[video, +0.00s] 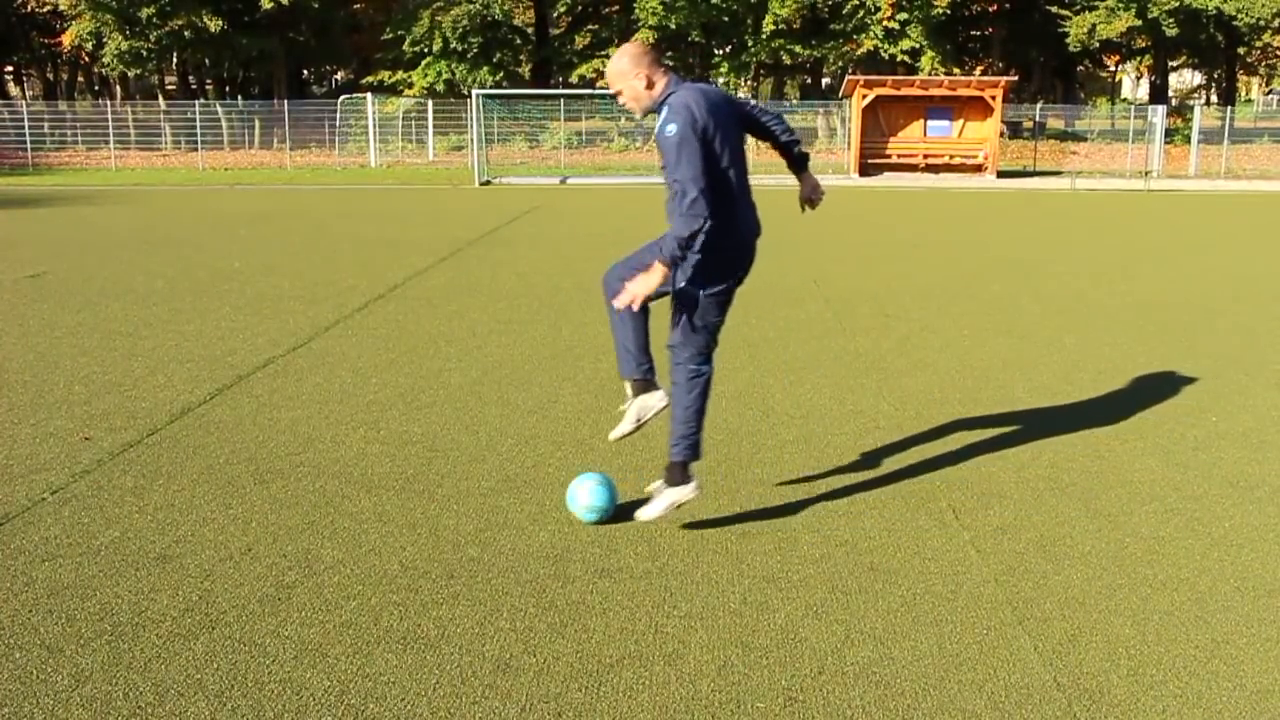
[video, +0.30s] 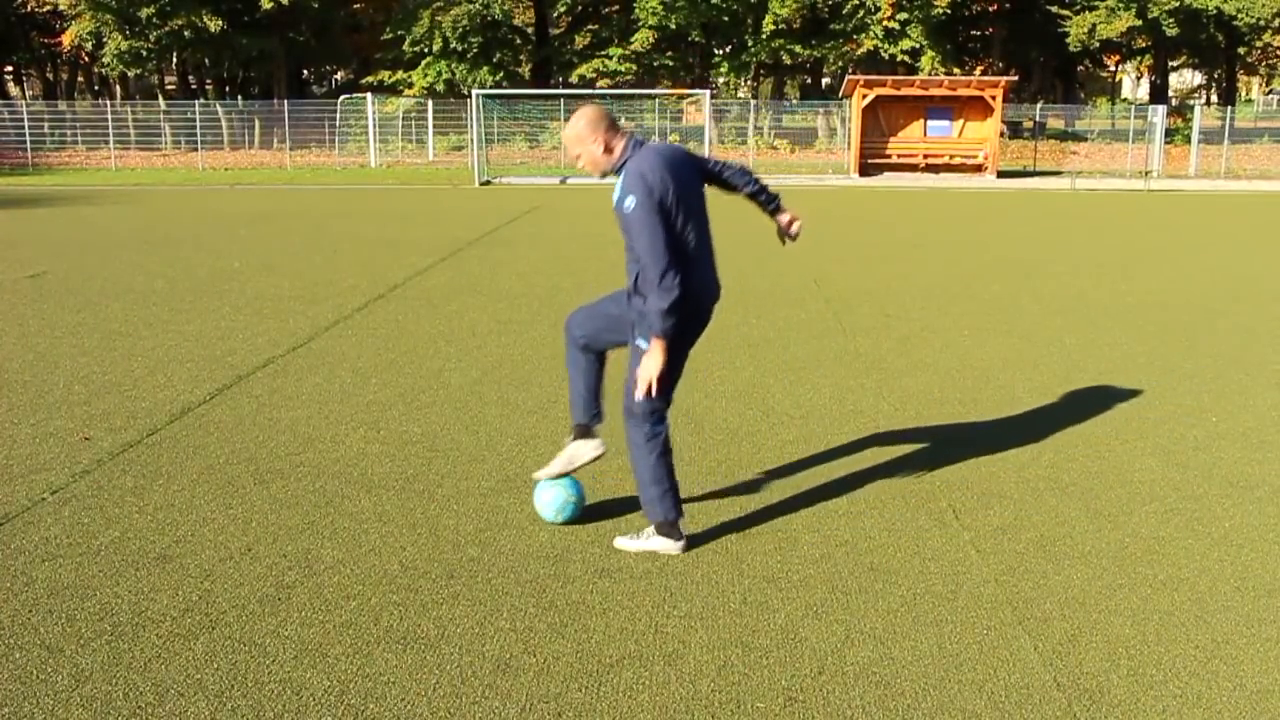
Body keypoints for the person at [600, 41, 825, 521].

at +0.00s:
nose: (620, 103)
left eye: (620, 93)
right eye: (616, 94)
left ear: (646, 79)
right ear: (654, 74)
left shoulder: (675, 121)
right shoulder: (708, 95)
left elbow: (692, 212)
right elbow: (771, 124)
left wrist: (656, 273)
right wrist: (805, 173)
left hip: (716, 250)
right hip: (720, 235)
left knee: (690, 357)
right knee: (620, 280)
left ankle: (679, 477)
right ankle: (642, 389)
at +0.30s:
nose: (579, 166)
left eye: (579, 156)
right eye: (575, 157)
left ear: (603, 141)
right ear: (610, 137)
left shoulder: (634, 186)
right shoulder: (668, 155)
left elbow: (660, 273)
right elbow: (731, 173)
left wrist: (657, 344)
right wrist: (778, 211)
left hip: (673, 309)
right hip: (687, 291)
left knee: (642, 410)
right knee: (581, 327)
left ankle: (667, 529)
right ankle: (584, 435)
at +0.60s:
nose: (548, 194)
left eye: (546, 185)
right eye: (543, 187)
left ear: (567, 169)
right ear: (572, 165)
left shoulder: (599, 217)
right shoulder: (638, 174)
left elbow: (623, 303)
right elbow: (701, 203)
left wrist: (633, 372)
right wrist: (741, 244)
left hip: (641, 327)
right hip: (664, 310)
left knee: (603, 428)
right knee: (560, 361)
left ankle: (660, 527)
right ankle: (506, 455)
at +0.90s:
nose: (512, 179)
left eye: (510, 169)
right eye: (508, 171)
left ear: (531, 155)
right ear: (538, 150)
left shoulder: (558, 199)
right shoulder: (603, 168)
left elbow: (579, 284)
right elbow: (659, 204)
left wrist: (590, 355)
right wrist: (696, 253)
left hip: (594, 318)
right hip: (619, 305)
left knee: (589, 429)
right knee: (533, 380)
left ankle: (656, 520)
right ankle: (475, 454)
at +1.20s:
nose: (472, 162)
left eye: (472, 152)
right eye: (469, 154)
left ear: (494, 145)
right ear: (503, 141)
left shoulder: (517, 187)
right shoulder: (557, 163)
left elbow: (532, 270)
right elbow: (616, 202)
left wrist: (543, 340)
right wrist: (656, 252)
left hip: (552, 311)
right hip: (574, 300)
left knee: (574, 416)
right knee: (514, 380)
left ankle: (646, 510)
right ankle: (477, 467)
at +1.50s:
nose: (426, 167)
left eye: (428, 158)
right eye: (424, 157)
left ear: (443, 157)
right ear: (461, 149)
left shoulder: (458, 199)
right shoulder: (504, 176)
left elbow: (478, 273)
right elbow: (562, 216)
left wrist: (492, 338)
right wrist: (604, 262)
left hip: (510, 311)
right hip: (537, 301)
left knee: (514, 420)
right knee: (473, 384)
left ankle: (606, 486)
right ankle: (478, 482)